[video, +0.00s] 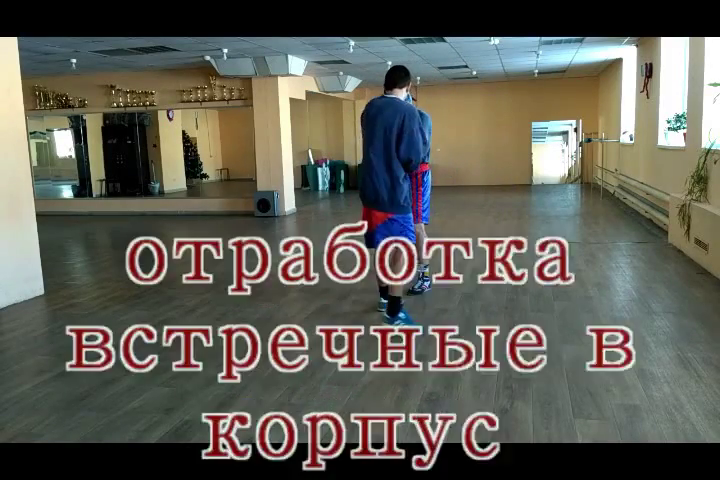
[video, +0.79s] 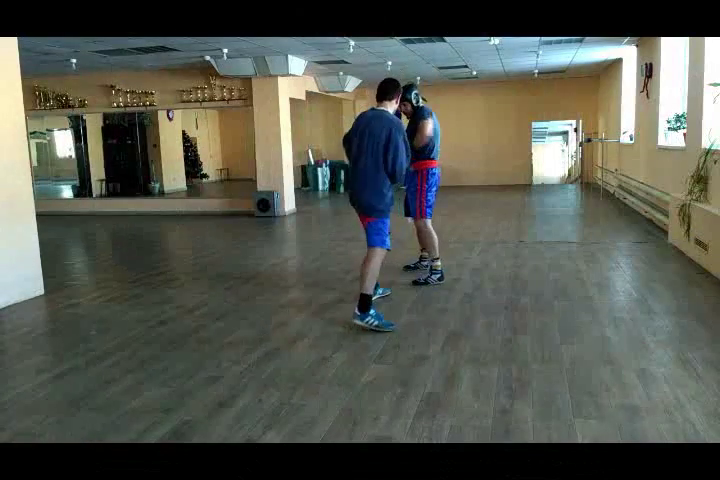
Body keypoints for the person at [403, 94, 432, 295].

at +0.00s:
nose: (404, 102)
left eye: (405, 99)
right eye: (404, 98)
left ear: (410, 99)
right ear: (408, 97)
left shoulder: (421, 118)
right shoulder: (398, 119)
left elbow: (421, 150)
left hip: (419, 172)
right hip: (401, 171)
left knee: (417, 224)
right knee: (404, 221)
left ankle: (423, 273)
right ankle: (407, 268)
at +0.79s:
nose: (403, 110)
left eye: (404, 106)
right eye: (401, 107)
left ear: (411, 102)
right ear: (411, 102)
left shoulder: (424, 113)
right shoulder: (415, 118)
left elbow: (423, 137)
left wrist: (410, 145)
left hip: (426, 168)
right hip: (416, 168)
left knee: (423, 220)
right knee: (416, 218)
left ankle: (436, 269)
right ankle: (425, 258)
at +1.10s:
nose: (407, 101)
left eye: (408, 98)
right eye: (406, 98)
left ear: (414, 95)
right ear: (425, 93)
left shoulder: (424, 108)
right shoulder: (433, 108)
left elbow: (414, 134)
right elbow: (407, 135)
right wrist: (398, 120)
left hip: (434, 168)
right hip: (441, 166)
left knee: (433, 220)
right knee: (439, 216)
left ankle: (437, 269)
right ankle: (443, 253)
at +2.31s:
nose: (457, 112)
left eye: (457, 107)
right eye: (455, 108)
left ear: (467, 102)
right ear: (470, 101)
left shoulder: (482, 116)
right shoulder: (482, 116)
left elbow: (488, 145)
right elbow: (477, 146)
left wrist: (464, 141)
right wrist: (460, 140)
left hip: (478, 171)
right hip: (485, 170)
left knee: (463, 219)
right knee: (484, 217)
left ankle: (467, 271)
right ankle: (502, 261)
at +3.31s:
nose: (482, 110)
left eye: (481, 106)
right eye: (480, 106)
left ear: (488, 101)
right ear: (499, 98)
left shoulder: (498, 111)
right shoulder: (520, 116)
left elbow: (500, 137)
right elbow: (519, 144)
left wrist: (484, 139)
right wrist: (491, 136)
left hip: (498, 172)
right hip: (518, 172)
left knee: (475, 217)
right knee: (519, 219)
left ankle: (470, 267)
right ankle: (537, 264)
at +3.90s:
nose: (482, 97)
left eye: (482, 94)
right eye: (482, 94)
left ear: (486, 93)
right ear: (505, 93)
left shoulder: (480, 106)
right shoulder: (519, 113)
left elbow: (457, 131)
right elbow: (507, 136)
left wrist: (469, 148)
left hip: (486, 171)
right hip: (511, 171)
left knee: (471, 222)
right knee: (523, 218)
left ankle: (464, 270)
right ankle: (543, 264)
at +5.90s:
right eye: (522, 93)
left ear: (500, 93)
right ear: (521, 93)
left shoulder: (488, 109)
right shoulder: (531, 108)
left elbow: (482, 136)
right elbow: (537, 145)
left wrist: (501, 132)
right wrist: (521, 134)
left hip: (494, 171)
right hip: (520, 170)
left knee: (490, 224)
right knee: (537, 225)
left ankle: (486, 273)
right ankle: (546, 277)